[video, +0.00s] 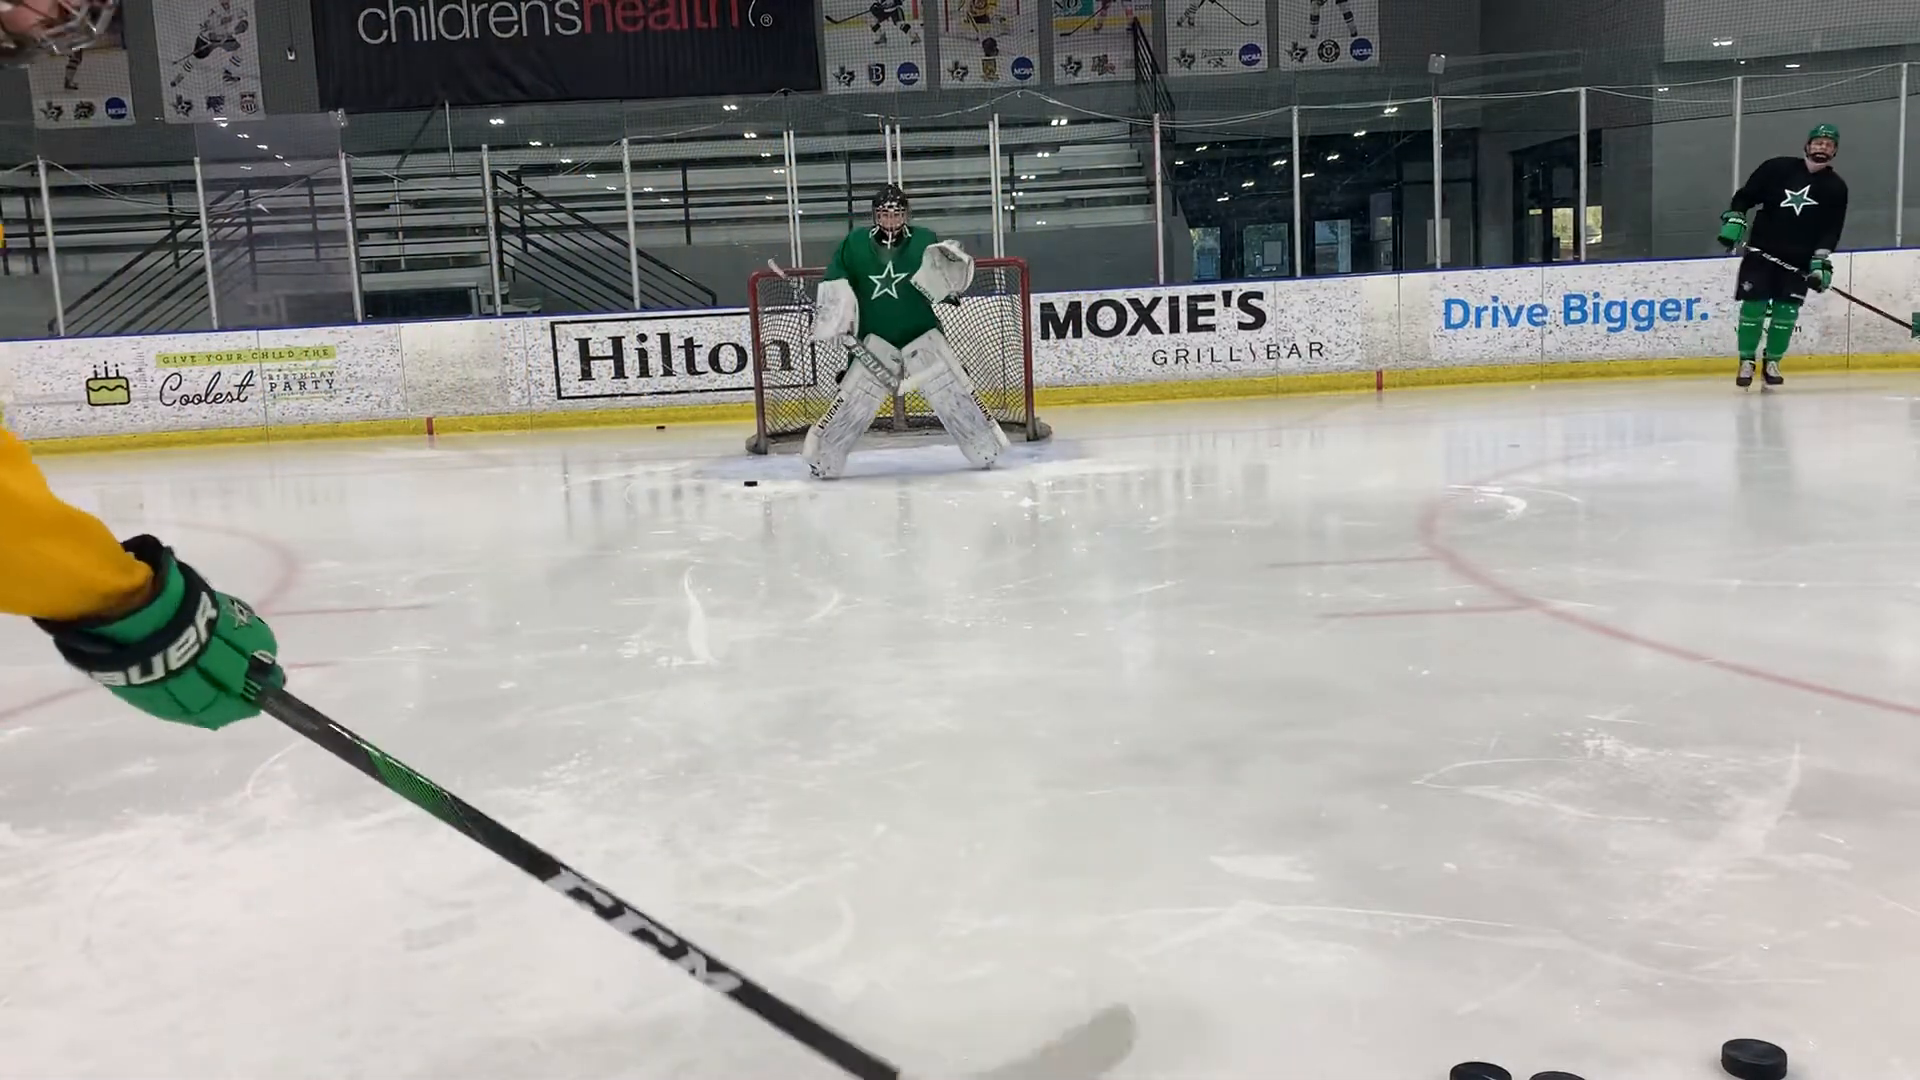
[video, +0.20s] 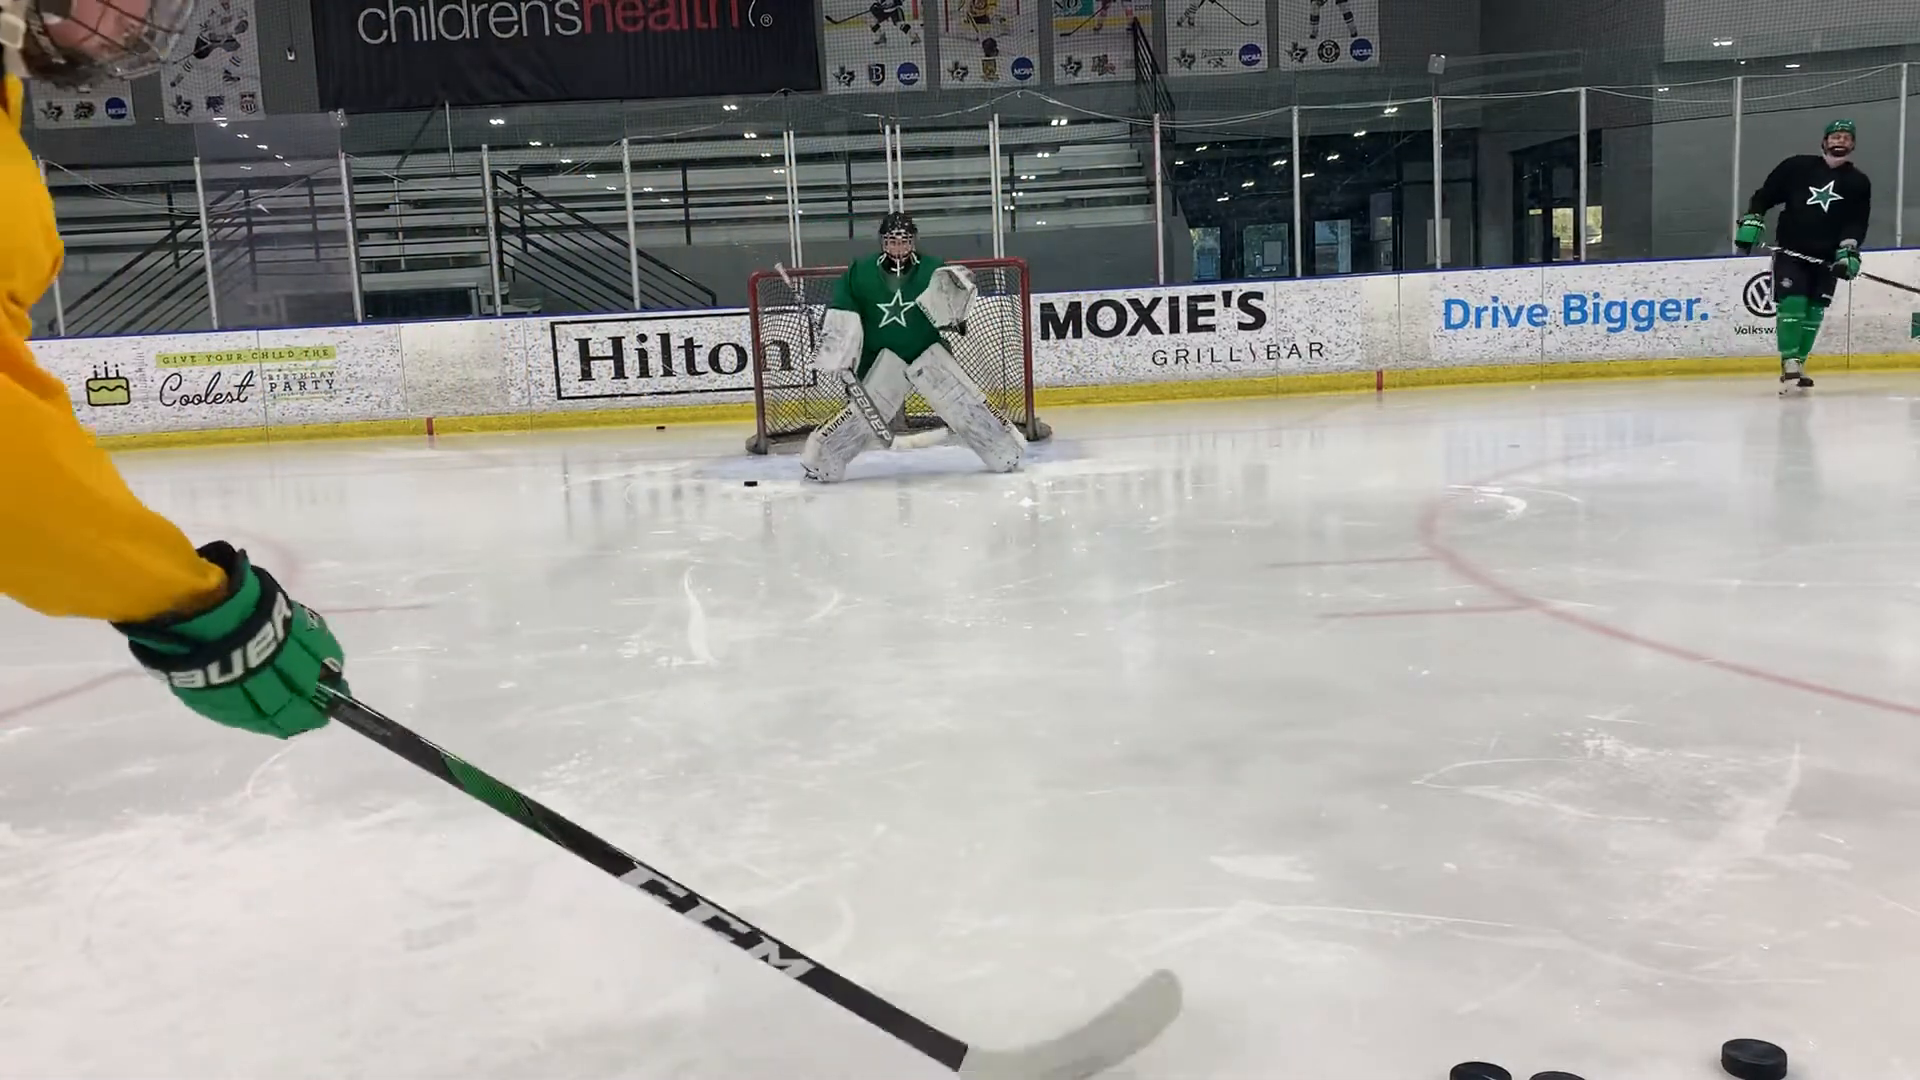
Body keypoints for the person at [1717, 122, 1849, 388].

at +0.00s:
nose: (1822, 149)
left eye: (1828, 145)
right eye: (1818, 143)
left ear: (1834, 151)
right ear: (1807, 145)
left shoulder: (1836, 188)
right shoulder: (1777, 168)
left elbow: (1831, 229)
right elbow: (1746, 196)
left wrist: (1821, 260)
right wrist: (1734, 219)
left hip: (1799, 259)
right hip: (1762, 251)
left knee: (1787, 312)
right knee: (1753, 306)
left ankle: (1772, 362)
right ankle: (1746, 361)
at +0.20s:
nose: (1839, 142)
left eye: (1845, 138)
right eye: (1835, 137)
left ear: (1853, 145)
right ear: (1824, 142)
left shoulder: (1858, 182)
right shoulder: (1798, 167)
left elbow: (1857, 221)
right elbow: (1765, 195)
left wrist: (1849, 249)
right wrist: (1752, 221)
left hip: (1828, 256)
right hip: (1792, 250)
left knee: (1815, 312)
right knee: (1793, 305)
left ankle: (1797, 366)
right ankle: (1789, 362)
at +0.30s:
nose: (1852, 139)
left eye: (1857, 135)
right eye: (1847, 134)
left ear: (1864, 141)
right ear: (1836, 139)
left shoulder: (1872, 178)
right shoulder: (1810, 166)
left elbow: (1873, 215)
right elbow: (1779, 198)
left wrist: (1867, 241)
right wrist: (1766, 228)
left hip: (1844, 253)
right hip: (1809, 249)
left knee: (1831, 309)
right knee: (1814, 303)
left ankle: (1807, 363)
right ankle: (1815, 358)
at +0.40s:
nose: (1865, 135)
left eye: (1870, 131)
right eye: (1859, 131)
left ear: (1877, 137)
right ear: (1848, 136)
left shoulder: (1886, 174)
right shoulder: (1822, 165)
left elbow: (1891, 209)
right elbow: (1797, 201)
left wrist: (1889, 232)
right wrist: (1785, 234)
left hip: (1863, 249)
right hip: (1826, 247)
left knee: (1847, 307)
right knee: (1838, 301)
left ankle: (1824, 364)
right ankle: (1845, 355)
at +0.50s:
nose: (1878, 132)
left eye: (1883, 128)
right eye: (1872, 129)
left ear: (1891, 133)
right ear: (1862, 134)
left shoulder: (1904, 170)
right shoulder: (1839, 164)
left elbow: (1910, 205)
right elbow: (1815, 203)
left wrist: (1911, 226)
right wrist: (1806, 235)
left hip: (1883, 246)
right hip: (1847, 246)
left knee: (1863, 307)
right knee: (1860, 302)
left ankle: (1840, 365)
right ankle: (1870, 362)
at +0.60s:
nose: (1893, 129)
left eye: (1898, 125)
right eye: (1887, 126)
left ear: (1905, 129)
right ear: (1877, 132)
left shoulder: (1914, 162)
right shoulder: (1857, 161)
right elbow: (1834, 200)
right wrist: (1827, 237)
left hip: (1902, 245)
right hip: (1868, 245)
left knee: (1883, 306)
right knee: (1882, 305)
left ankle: (1864, 366)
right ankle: (1887, 368)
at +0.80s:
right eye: (1917, 119)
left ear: (1917, 123)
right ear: (1910, 123)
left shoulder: (1900, 155)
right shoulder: (1897, 155)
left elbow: (1870, 195)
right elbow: (1869, 195)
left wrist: (1868, 235)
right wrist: (1867, 235)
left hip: (1913, 246)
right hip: (1906, 244)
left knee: (1913, 307)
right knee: (1912, 306)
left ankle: (1912, 371)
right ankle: (1912, 371)